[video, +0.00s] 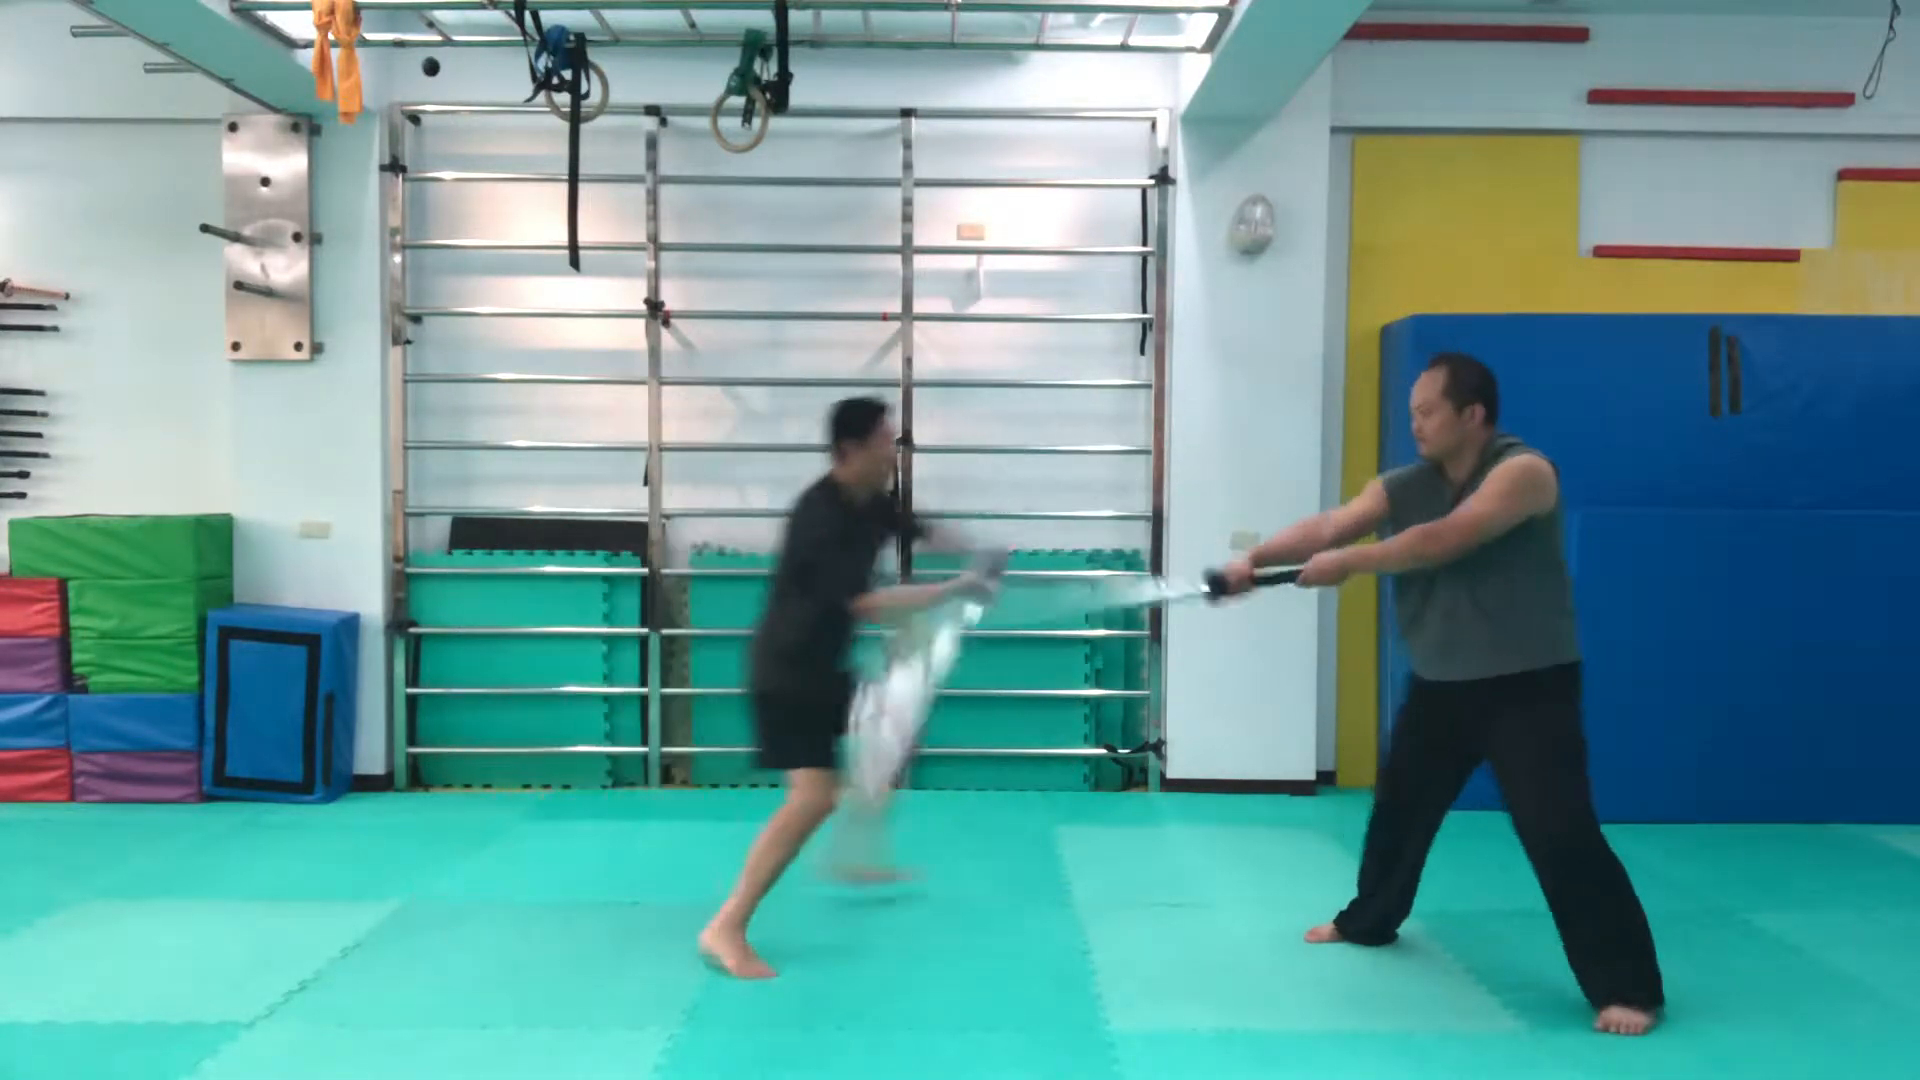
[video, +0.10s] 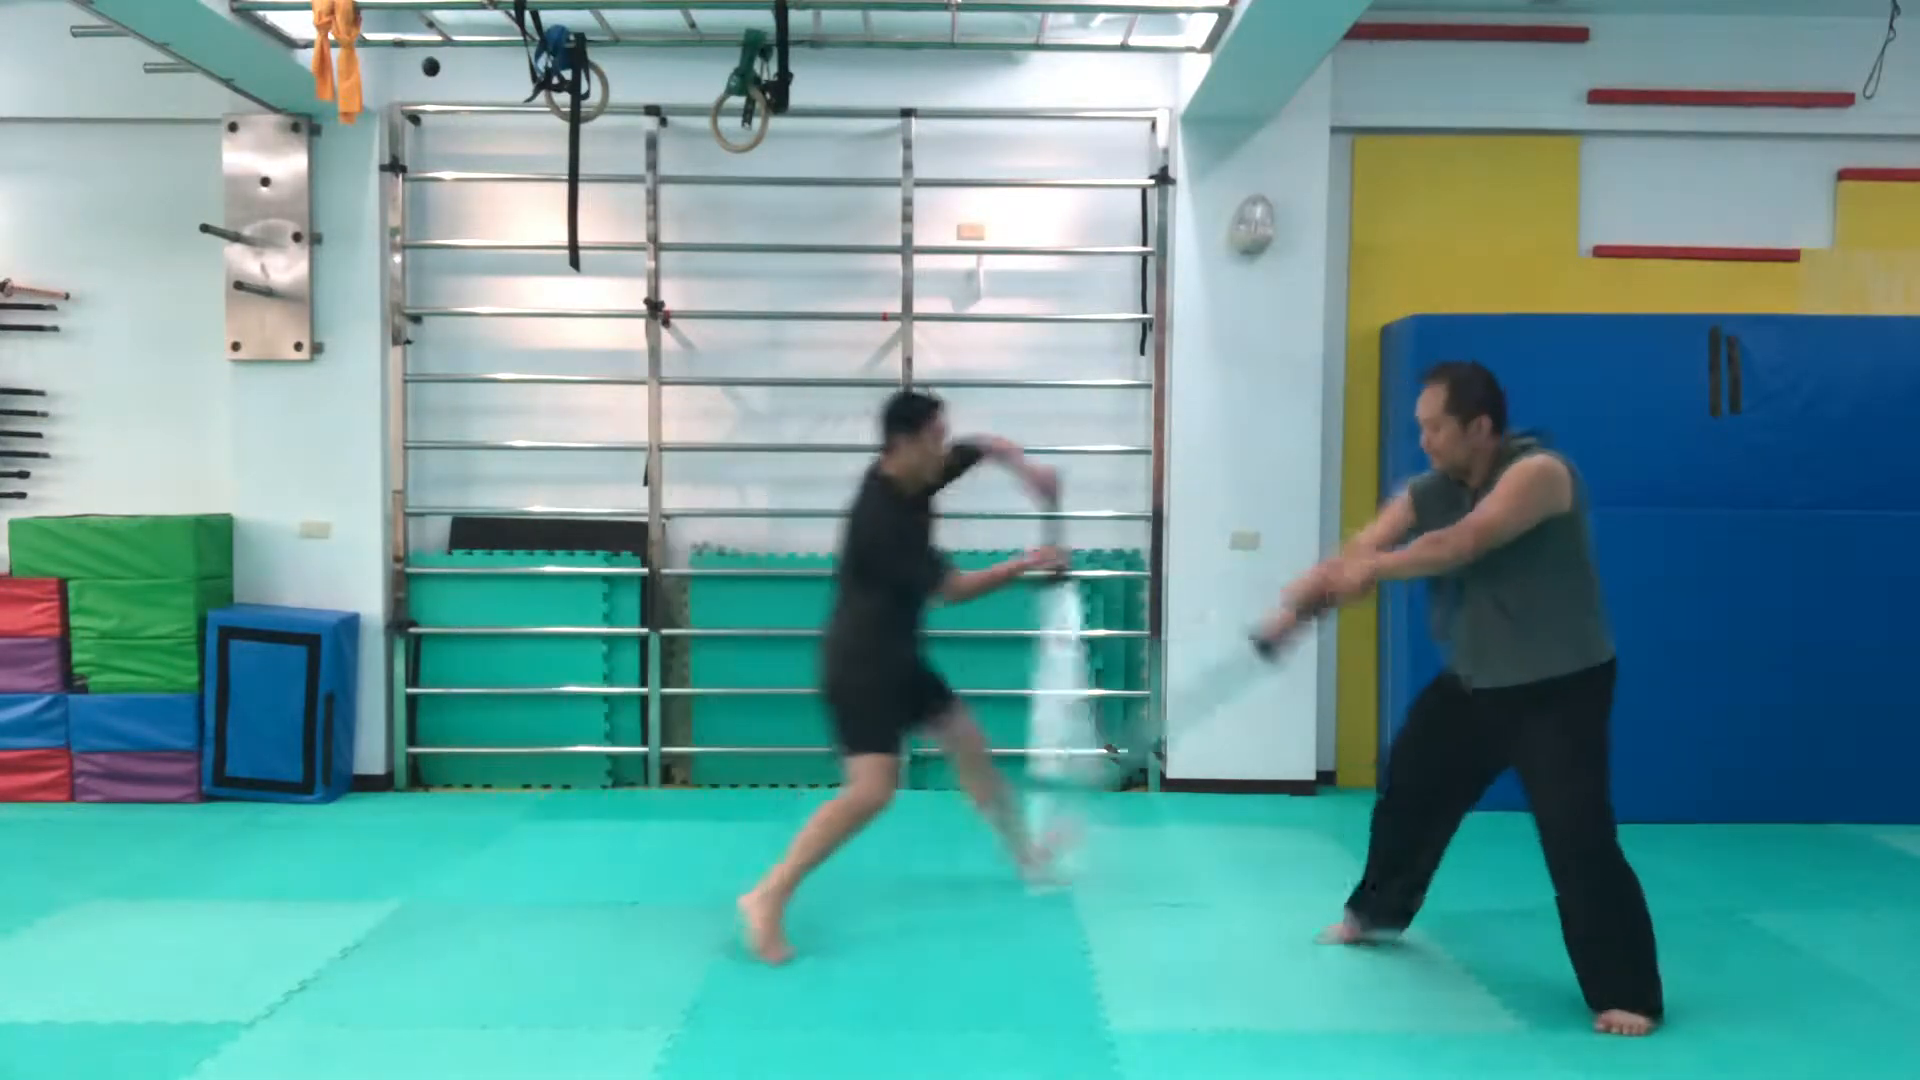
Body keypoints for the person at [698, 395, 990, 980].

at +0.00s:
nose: (895, 453)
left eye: (894, 442)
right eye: (886, 443)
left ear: (857, 449)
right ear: (851, 450)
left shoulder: (871, 500)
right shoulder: (825, 511)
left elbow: (923, 534)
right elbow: (858, 601)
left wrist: (979, 555)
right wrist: (954, 588)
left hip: (824, 663)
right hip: (788, 667)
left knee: (893, 729)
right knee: (813, 795)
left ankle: (857, 858)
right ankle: (726, 928)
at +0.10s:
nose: (945, 452)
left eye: (942, 441)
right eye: (937, 442)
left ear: (904, 444)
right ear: (905, 446)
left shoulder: (911, 479)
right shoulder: (883, 513)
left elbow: (983, 447)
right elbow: (951, 589)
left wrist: (1029, 474)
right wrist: (1024, 565)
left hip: (896, 656)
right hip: (860, 661)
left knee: (967, 741)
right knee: (872, 787)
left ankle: (1026, 855)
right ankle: (766, 898)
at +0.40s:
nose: (1056, 475)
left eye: (1055, 465)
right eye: (1049, 466)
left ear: (1007, 471)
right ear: (1018, 472)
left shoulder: (979, 506)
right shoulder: (1034, 543)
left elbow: (1039, 432)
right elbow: (1118, 541)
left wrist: (1086, 442)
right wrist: (1175, 479)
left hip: (980, 671)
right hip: (1005, 685)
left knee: (1091, 731)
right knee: (1067, 792)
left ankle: (1079, 857)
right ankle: (947, 847)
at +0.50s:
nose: (1066, 469)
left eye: (1065, 459)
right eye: (1059, 460)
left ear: (1016, 467)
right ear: (1027, 467)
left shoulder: (989, 500)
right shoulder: (1046, 538)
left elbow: (1041, 432)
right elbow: (1125, 534)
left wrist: (1090, 436)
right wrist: (1179, 470)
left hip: (988, 668)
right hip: (1011, 680)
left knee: (1096, 727)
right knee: (1069, 790)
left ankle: (1081, 857)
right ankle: (963, 854)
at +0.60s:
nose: (1063, 460)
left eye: (1061, 449)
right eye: (1055, 451)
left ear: (1015, 458)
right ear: (1023, 459)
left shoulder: (991, 492)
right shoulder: (1042, 529)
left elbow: (1044, 419)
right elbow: (1125, 529)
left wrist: (1089, 426)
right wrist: (1179, 466)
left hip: (1003, 663)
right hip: (1011, 675)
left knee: (1095, 728)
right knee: (1062, 788)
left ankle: (1081, 857)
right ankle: (952, 859)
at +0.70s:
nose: (1053, 449)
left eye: (1051, 439)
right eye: (1045, 440)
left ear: (1008, 447)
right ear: (1013, 448)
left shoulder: (982, 485)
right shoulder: (1031, 519)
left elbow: (1012, 433)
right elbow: (1116, 524)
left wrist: (1058, 408)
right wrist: (1160, 455)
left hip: (990, 654)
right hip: (1005, 665)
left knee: (1083, 728)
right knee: (1066, 776)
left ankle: (1079, 858)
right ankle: (960, 855)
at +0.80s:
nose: (1027, 438)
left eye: (1025, 427)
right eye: (1019, 428)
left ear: (982, 435)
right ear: (987, 434)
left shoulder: (958, 477)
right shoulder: (1004, 503)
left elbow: (986, 429)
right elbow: (1089, 512)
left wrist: (1033, 397)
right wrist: (1130, 449)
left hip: (975, 649)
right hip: (996, 659)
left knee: (1056, 740)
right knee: (1047, 778)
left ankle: (1077, 858)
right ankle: (950, 875)